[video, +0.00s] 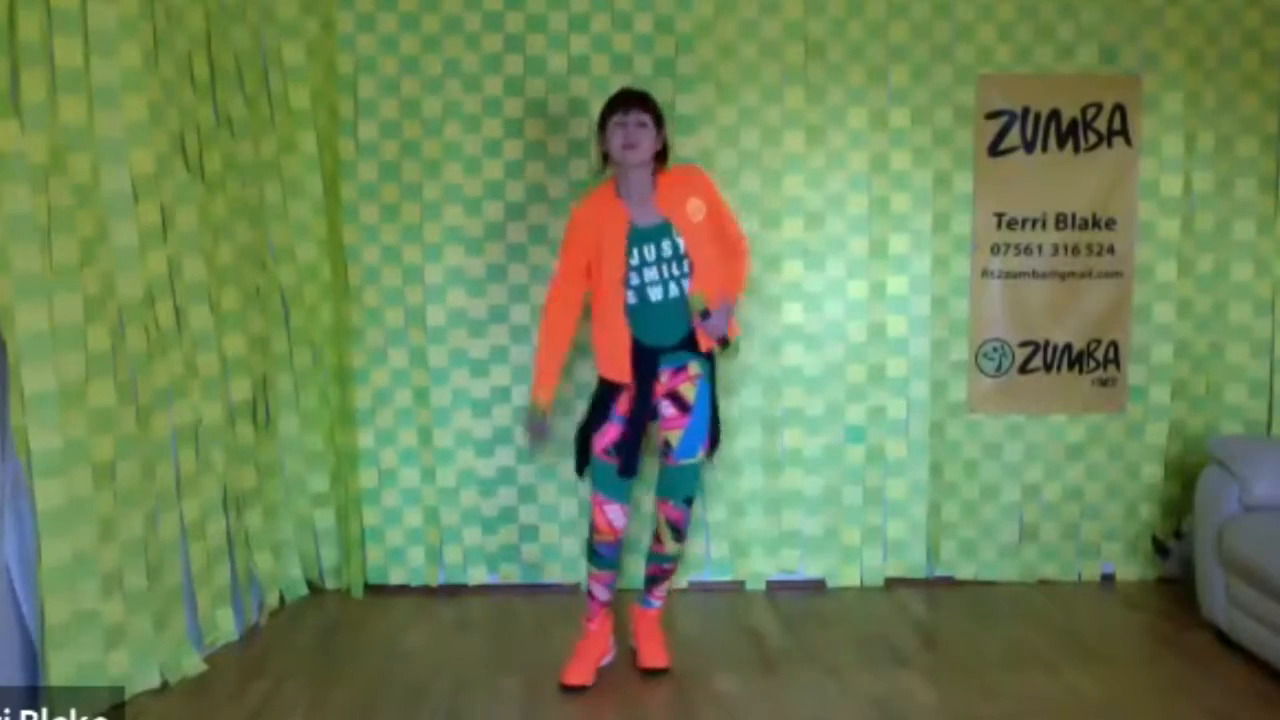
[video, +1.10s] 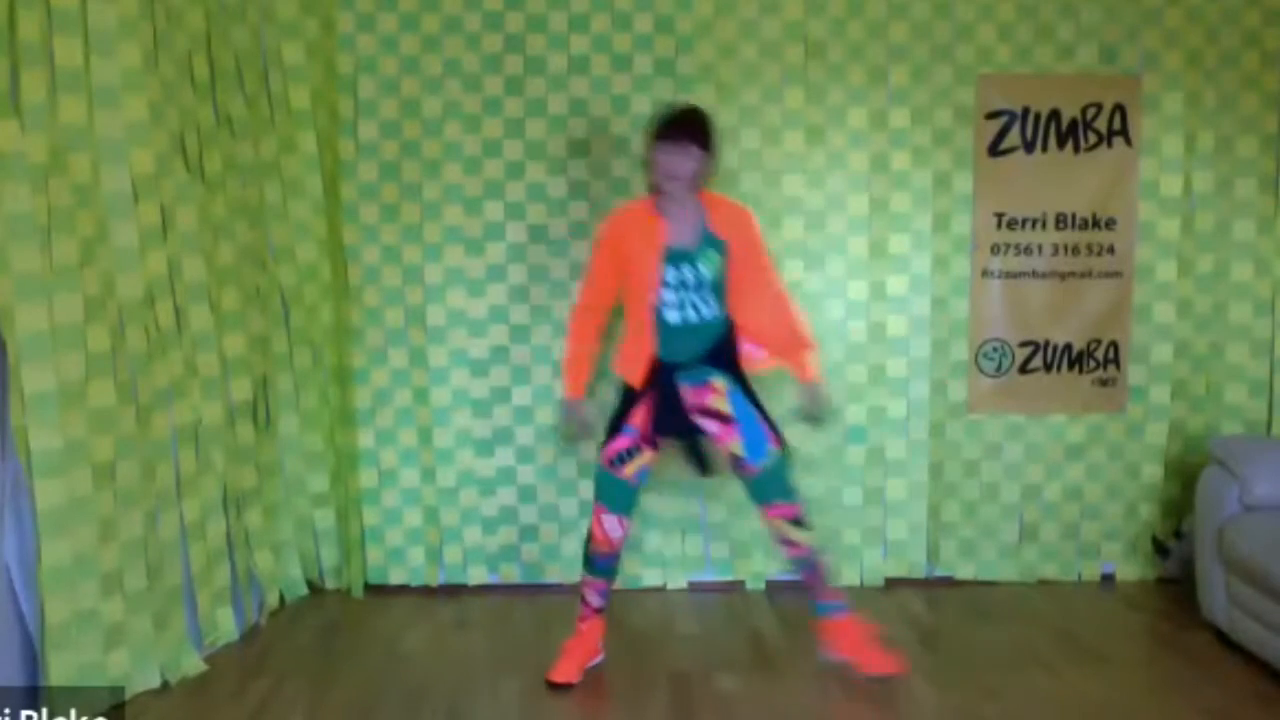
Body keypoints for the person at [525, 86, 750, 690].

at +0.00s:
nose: (630, 135)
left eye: (641, 126)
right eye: (619, 127)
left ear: (660, 138)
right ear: (604, 142)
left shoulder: (692, 186)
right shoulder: (591, 213)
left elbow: (733, 249)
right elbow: (563, 303)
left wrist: (725, 305)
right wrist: (542, 394)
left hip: (689, 364)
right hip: (622, 370)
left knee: (677, 500)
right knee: (607, 501)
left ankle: (649, 615)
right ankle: (597, 625)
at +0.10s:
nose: (622, 155)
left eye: (631, 146)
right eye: (611, 148)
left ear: (651, 158)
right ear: (594, 166)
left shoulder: (688, 210)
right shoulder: (589, 243)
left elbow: (714, 279)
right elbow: (569, 335)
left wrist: (730, 344)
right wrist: (552, 427)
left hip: (698, 374)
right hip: (630, 384)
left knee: (731, 512)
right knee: (609, 519)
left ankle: (689, 604)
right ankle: (598, 632)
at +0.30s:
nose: (678, 192)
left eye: (689, 182)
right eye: (667, 182)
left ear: (705, 191)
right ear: (648, 190)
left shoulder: (729, 253)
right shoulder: (620, 258)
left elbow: (783, 323)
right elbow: (579, 333)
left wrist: (826, 395)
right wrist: (575, 408)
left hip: (719, 411)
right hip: (645, 416)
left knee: (808, 511)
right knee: (590, 527)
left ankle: (851, 624)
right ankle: (595, 635)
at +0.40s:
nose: (720, 206)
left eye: (732, 195)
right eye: (710, 194)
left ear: (746, 205)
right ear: (691, 200)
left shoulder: (765, 271)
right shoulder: (655, 258)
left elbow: (819, 341)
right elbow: (603, 310)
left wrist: (874, 410)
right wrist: (597, 380)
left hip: (739, 428)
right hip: (664, 428)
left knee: (838, 526)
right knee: (597, 525)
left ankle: (874, 631)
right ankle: (596, 635)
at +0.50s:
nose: (786, 228)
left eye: (799, 218)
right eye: (778, 215)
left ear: (816, 230)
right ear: (761, 220)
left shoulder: (824, 303)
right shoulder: (722, 266)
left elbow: (884, 370)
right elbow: (655, 288)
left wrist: (947, 438)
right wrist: (648, 347)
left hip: (774, 445)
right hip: (698, 438)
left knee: (877, 525)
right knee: (617, 535)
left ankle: (881, 631)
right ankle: (600, 634)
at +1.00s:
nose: (741, 202)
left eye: (754, 192)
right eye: (734, 190)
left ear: (771, 201)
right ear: (721, 194)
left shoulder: (786, 260)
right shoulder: (687, 250)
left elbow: (840, 331)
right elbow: (630, 311)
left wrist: (889, 402)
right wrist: (616, 380)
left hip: (754, 409)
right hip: (685, 409)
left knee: (838, 510)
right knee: (626, 512)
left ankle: (880, 629)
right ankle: (589, 632)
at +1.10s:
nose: (672, 171)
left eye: (685, 160)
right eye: (663, 159)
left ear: (705, 165)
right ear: (649, 162)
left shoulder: (732, 221)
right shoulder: (625, 227)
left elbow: (765, 297)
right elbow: (593, 306)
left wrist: (806, 369)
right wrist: (574, 387)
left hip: (718, 375)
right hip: (649, 379)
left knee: (775, 487)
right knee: (612, 496)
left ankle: (834, 620)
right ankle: (588, 629)